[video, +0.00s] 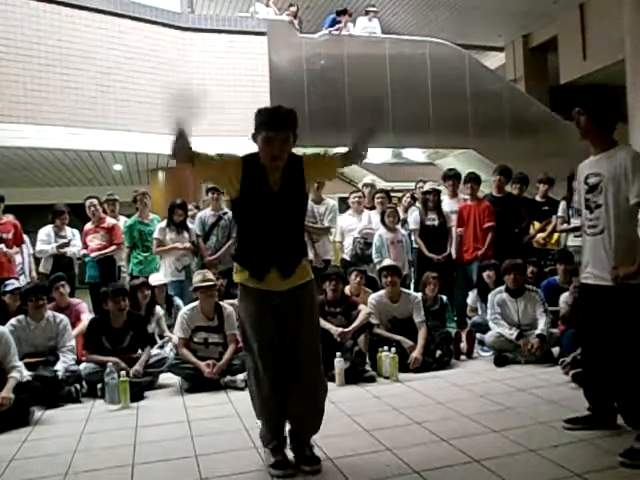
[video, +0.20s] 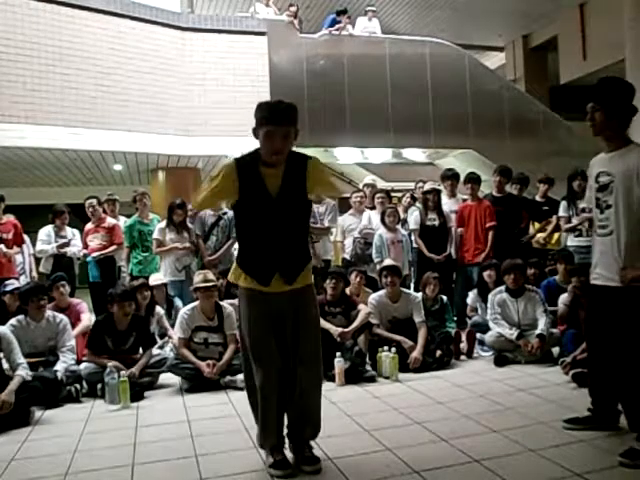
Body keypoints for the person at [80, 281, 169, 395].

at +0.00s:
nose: (122, 305)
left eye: (124, 300)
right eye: (116, 301)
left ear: (128, 301)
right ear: (106, 305)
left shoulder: (137, 320)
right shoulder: (96, 323)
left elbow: (148, 346)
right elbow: (88, 355)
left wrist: (140, 365)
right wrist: (115, 361)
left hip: (133, 362)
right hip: (107, 365)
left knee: (163, 357)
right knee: (86, 369)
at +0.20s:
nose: (127, 309)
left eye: (130, 304)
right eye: (121, 305)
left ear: (134, 306)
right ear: (111, 307)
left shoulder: (139, 321)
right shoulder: (101, 323)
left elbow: (149, 349)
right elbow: (90, 356)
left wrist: (137, 369)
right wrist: (109, 363)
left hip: (133, 362)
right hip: (108, 363)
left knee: (163, 358)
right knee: (86, 369)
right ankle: (134, 382)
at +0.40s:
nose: (131, 311)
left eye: (133, 306)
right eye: (125, 307)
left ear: (138, 307)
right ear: (114, 309)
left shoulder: (142, 322)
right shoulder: (104, 324)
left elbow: (149, 350)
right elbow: (92, 356)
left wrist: (139, 369)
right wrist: (114, 367)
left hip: (134, 362)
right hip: (110, 364)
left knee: (163, 358)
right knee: (85, 369)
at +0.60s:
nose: (131, 311)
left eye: (134, 307)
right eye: (126, 307)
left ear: (138, 307)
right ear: (115, 309)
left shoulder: (143, 322)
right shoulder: (104, 324)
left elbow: (149, 350)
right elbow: (92, 356)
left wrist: (139, 367)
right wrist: (119, 366)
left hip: (134, 363)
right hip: (109, 364)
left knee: (163, 358)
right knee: (85, 369)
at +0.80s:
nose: (133, 313)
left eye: (136, 308)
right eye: (128, 309)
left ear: (140, 309)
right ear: (117, 311)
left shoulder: (145, 324)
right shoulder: (106, 327)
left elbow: (153, 352)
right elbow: (95, 358)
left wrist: (142, 370)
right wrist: (118, 368)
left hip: (138, 364)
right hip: (113, 366)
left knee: (168, 360)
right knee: (90, 371)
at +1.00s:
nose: (131, 314)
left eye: (134, 309)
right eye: (127, 310)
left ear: (139, 309)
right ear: (116, 311)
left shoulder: (144, 325)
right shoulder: (105, 327)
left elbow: (153, 352)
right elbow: (94, 358)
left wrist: (142, 370)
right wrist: (117, 367)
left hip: (137, 364)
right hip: (112, 365)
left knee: (168, 360)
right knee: (89, 371)